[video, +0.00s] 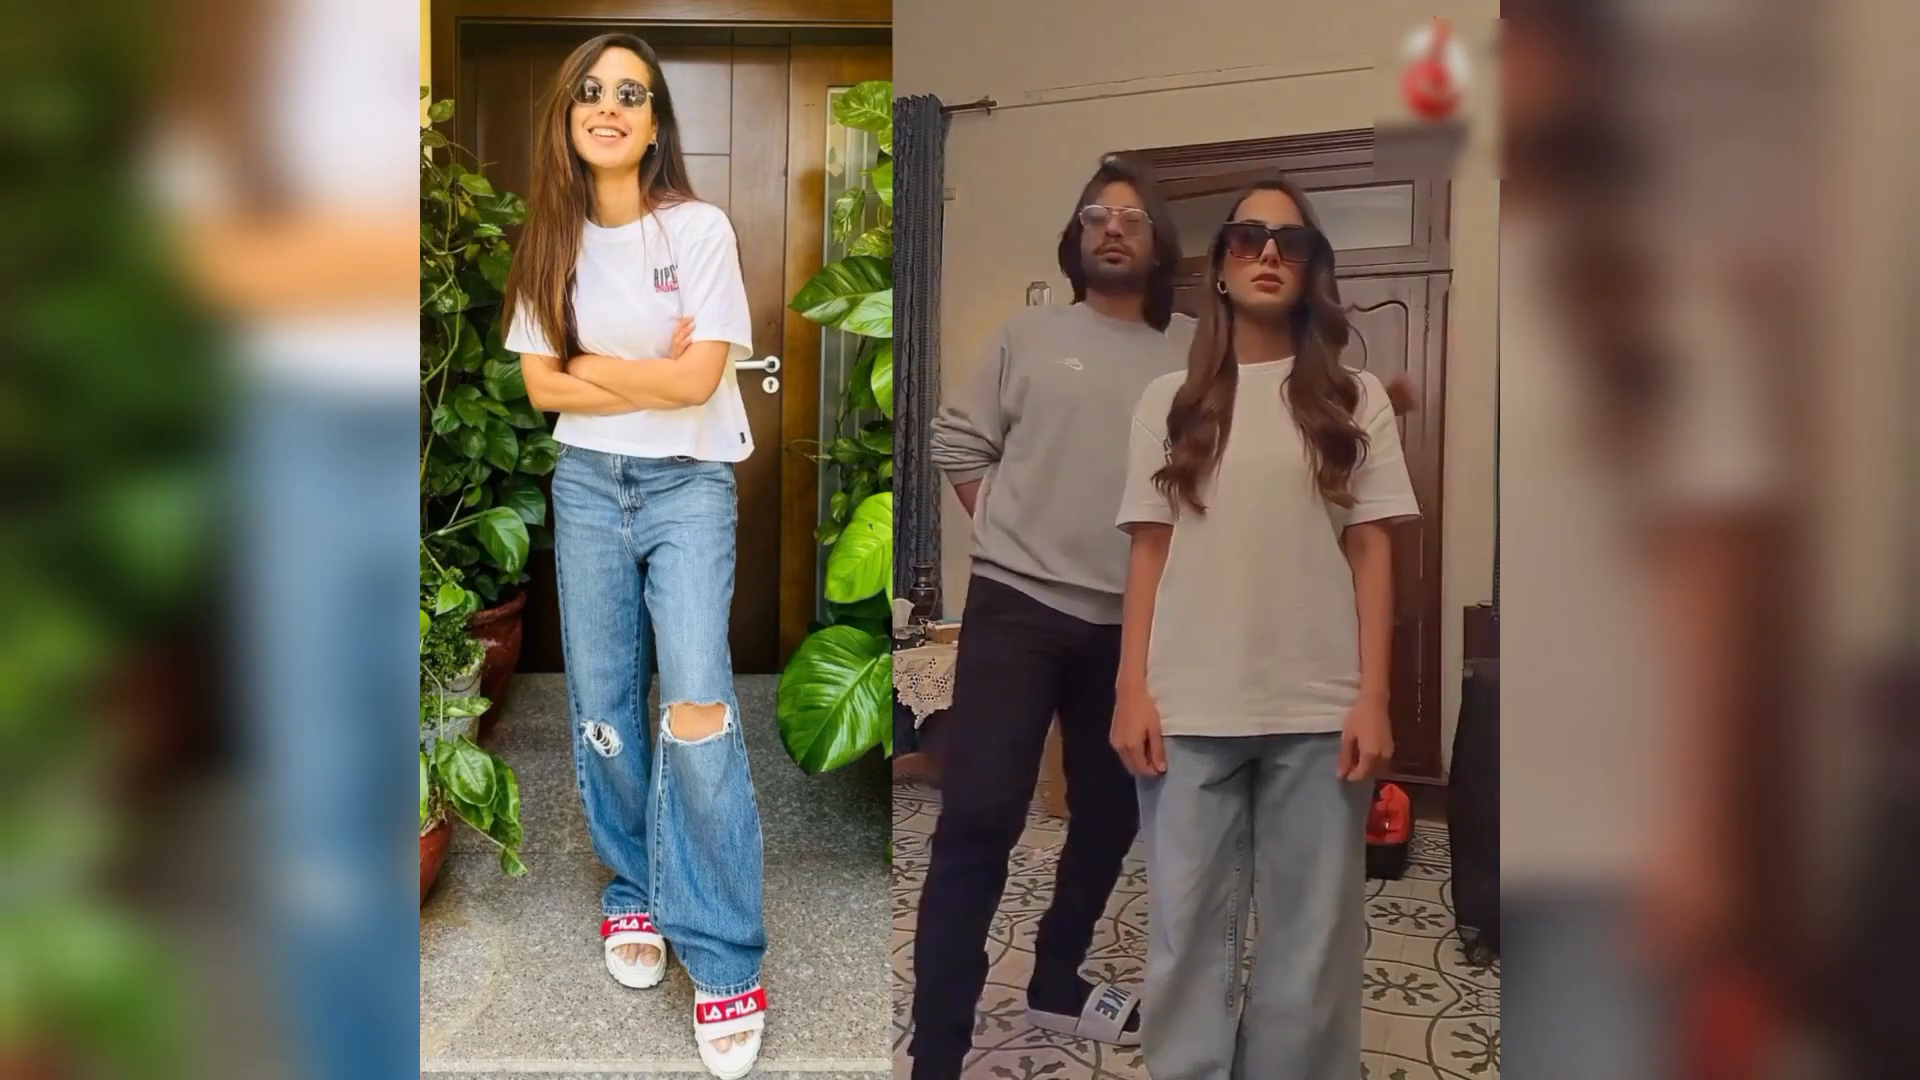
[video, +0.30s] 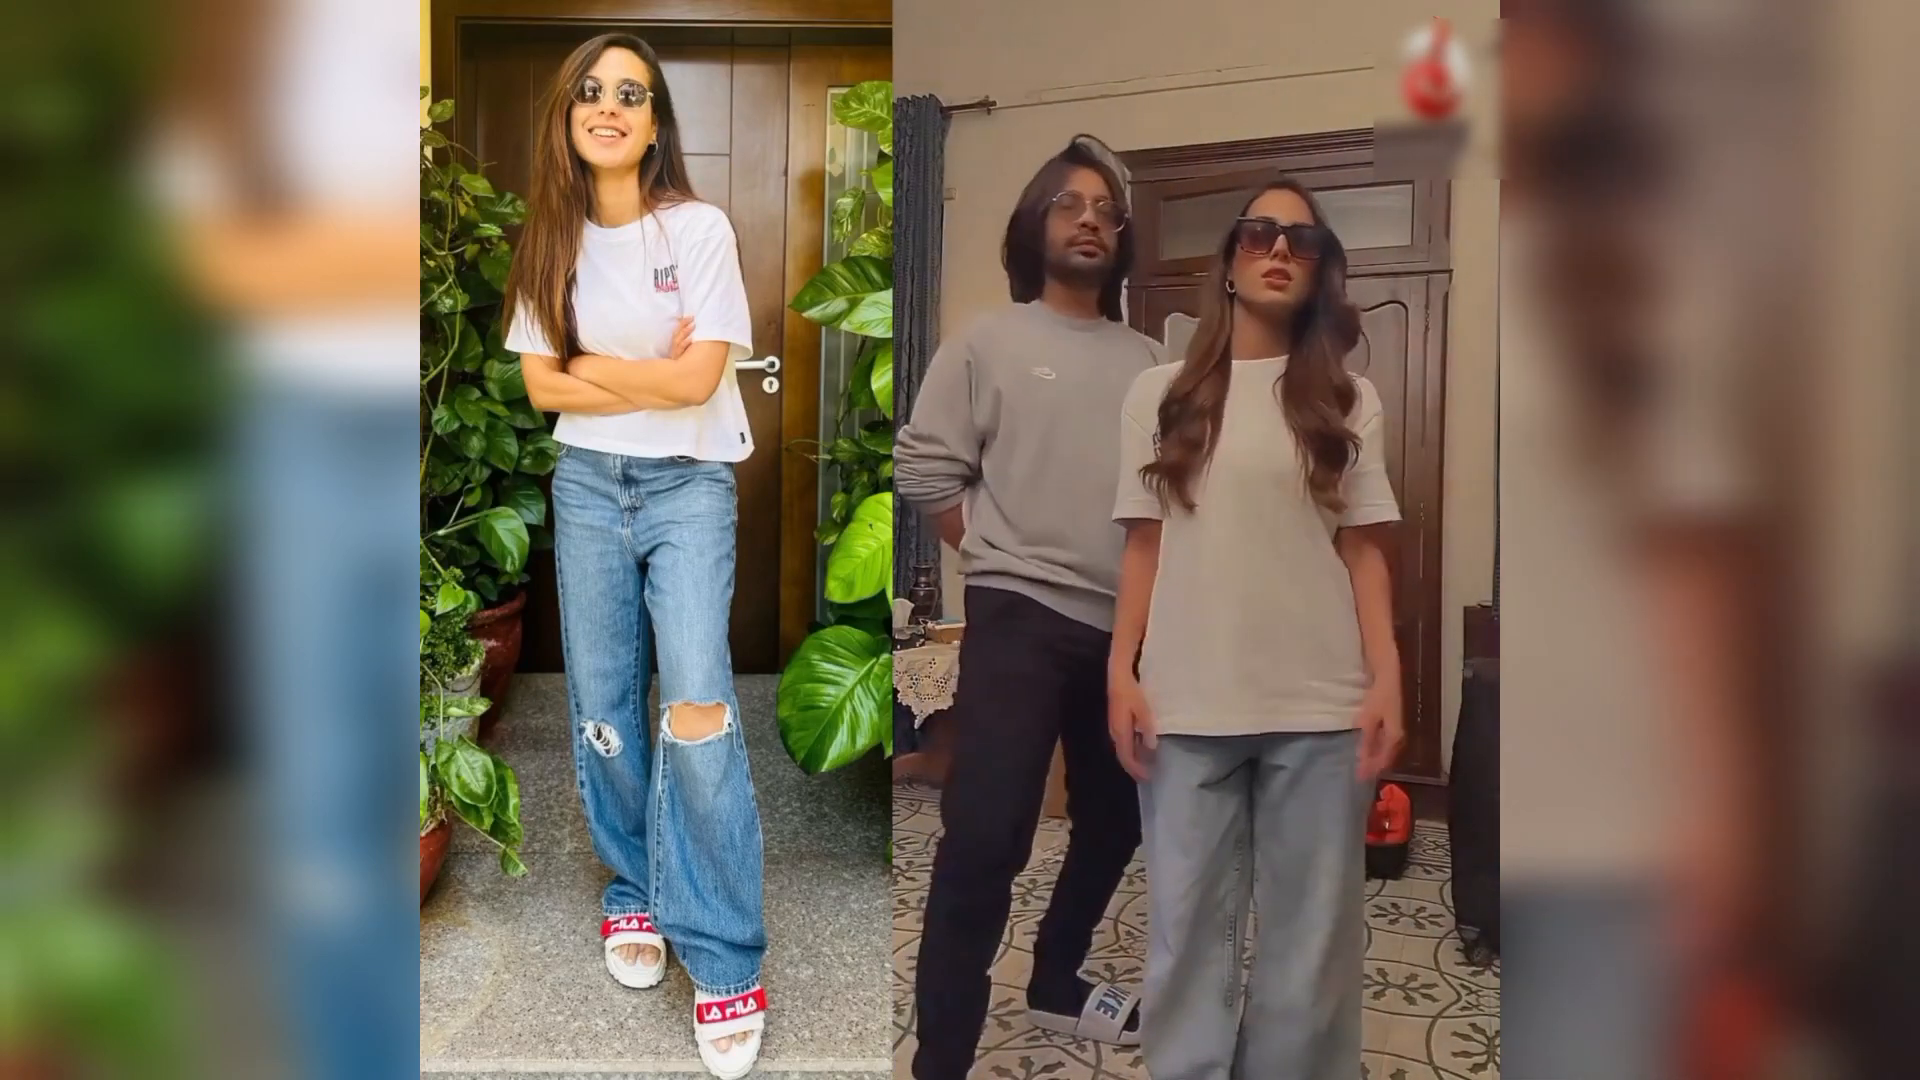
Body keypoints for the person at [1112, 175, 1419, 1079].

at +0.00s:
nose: (1267, 252)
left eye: (1290, 242)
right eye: (1247, 240)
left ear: (1314, 270)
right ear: (1221, 268)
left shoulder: (1353, 394)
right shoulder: (1171, 397)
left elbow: (1371, 552)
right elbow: (1148, 552)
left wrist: (1373, 699)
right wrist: (1132, 687)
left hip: (1321, 718)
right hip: (1188, 718)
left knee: (1310, 955)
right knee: (1183, 945)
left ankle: (1289, 1074)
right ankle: (1184, 1071)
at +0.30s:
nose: (1278, 249)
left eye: (1300, 240)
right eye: (1260, 235)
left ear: (1323, 271)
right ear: (1228, 261)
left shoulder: (1346, 395)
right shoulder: (1164, 390)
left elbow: (1366, 552)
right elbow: (1143, 544)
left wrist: (1386, 682)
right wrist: (1121, 671)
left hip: (1322, 714)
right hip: (1185, 712)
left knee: (1309, 954)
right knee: (1181, 944)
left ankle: (1290, 1073)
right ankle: (1186, 1068)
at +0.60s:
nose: (1268, 248)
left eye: (1289, 237)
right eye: (1248, 234)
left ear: (1313, 266)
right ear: (1219, 263)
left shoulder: (1348, 391)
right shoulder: (1164, 395)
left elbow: (1357, 547)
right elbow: (1170, 548)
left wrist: (1406, 509)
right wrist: (1108, 516)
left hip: (1319, 705)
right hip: (1184, 703)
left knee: (1309, 952)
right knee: (1183, 945)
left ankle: (1292, 1071)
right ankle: (1186, 1067)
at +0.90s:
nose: (1267, 247)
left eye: (1288, 235)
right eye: (1248, 233)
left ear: (1313, 266)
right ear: (1219, 262)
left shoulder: (1348, 391)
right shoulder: (1161, 389)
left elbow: (1369, 551)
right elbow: (1142, 539)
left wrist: (1423, 443)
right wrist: (1091, 442)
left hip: (1317, 703)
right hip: (1182, 702)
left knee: (1309, 952)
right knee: (1182, 945)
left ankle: (1293, 1072)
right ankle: (1185, 1068)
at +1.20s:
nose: (1265, 247)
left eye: (1285, 236)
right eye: (1246, 233)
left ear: (1311, 265)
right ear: (1216, 262)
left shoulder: (1346, 396)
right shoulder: (1161, 394)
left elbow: (1353, 544)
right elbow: (1153, 541)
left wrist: (1426, 550)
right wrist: (1070, 544)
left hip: (1317, 708)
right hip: (1180, 707)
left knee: (1308, 949)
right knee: (1183, 942)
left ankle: (1294, 1072)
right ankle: (1185, 1068)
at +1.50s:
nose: (1264, 256)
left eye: (1286, 243)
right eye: (1245, 240)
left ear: (1311, 271)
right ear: (1217, 266)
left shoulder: (1346, 392)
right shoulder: (1160, 391)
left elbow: (1452, 464)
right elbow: (1069, 470)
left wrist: (1463, 303)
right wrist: (1054, 311)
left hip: (1319, 717)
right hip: (1182, 719)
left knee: (1311, 960)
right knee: (1182, 950)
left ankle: (1295, 1072)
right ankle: (1185, 1068)